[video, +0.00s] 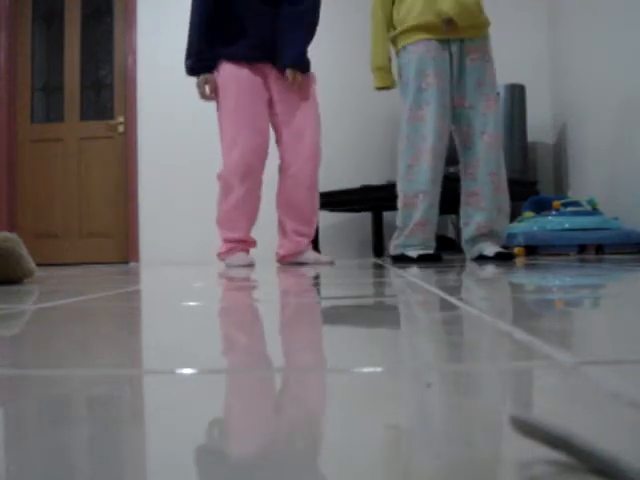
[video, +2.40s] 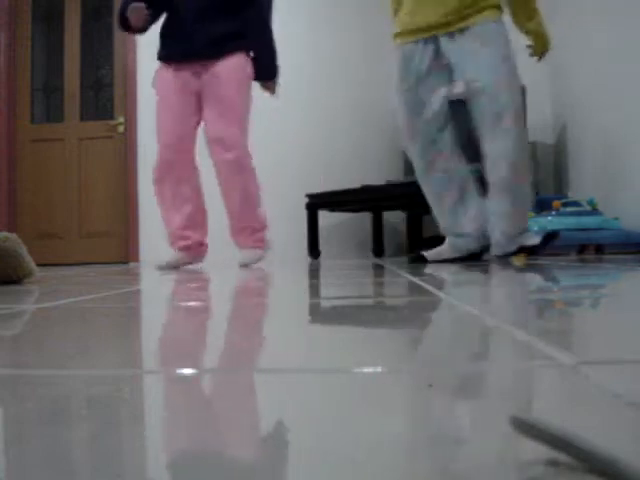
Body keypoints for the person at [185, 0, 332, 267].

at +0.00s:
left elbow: (308, 4)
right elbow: (203, 7)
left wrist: (295, 52)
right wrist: (203, 64)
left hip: (290, 60)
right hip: (236, 59)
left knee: (303, 158)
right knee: (243, 158)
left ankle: (295, 247)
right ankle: (235, 248)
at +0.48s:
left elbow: (300, 4)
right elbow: (186, 3)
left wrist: (308, 48)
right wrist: (193, 33)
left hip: (263, 54)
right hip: (210, 57)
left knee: (264, 156)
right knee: (207, 159)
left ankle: (278, 246)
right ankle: (221, 248)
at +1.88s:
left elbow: (309, 3)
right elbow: (186, 9)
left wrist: (322, 21)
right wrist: (165, 61)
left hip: (279, 67)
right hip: (227, 67)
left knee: (299, 154)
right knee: (241, 153)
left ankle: (294, 247)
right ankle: (211, 246)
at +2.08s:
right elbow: (170, 4)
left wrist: (293, 13)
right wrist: (140, 46)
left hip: (258, 60)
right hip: (206, 62)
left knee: (267, 153)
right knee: (209, 155)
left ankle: (282, 240)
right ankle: (208, 242)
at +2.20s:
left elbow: (281, 4)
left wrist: (282, 45)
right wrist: (134, 32)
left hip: (245, 59)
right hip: (192, 62)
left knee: (245, 158)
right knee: (185, 160)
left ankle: (275, 249)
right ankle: (199, 250)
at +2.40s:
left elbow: (258, 12)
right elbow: (147, 11)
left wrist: (266, 68)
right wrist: (132, 16)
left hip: (227, 58)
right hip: (175, 61)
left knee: (229, 149)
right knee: (172, 155)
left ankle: (251, 241)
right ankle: (188, 245)